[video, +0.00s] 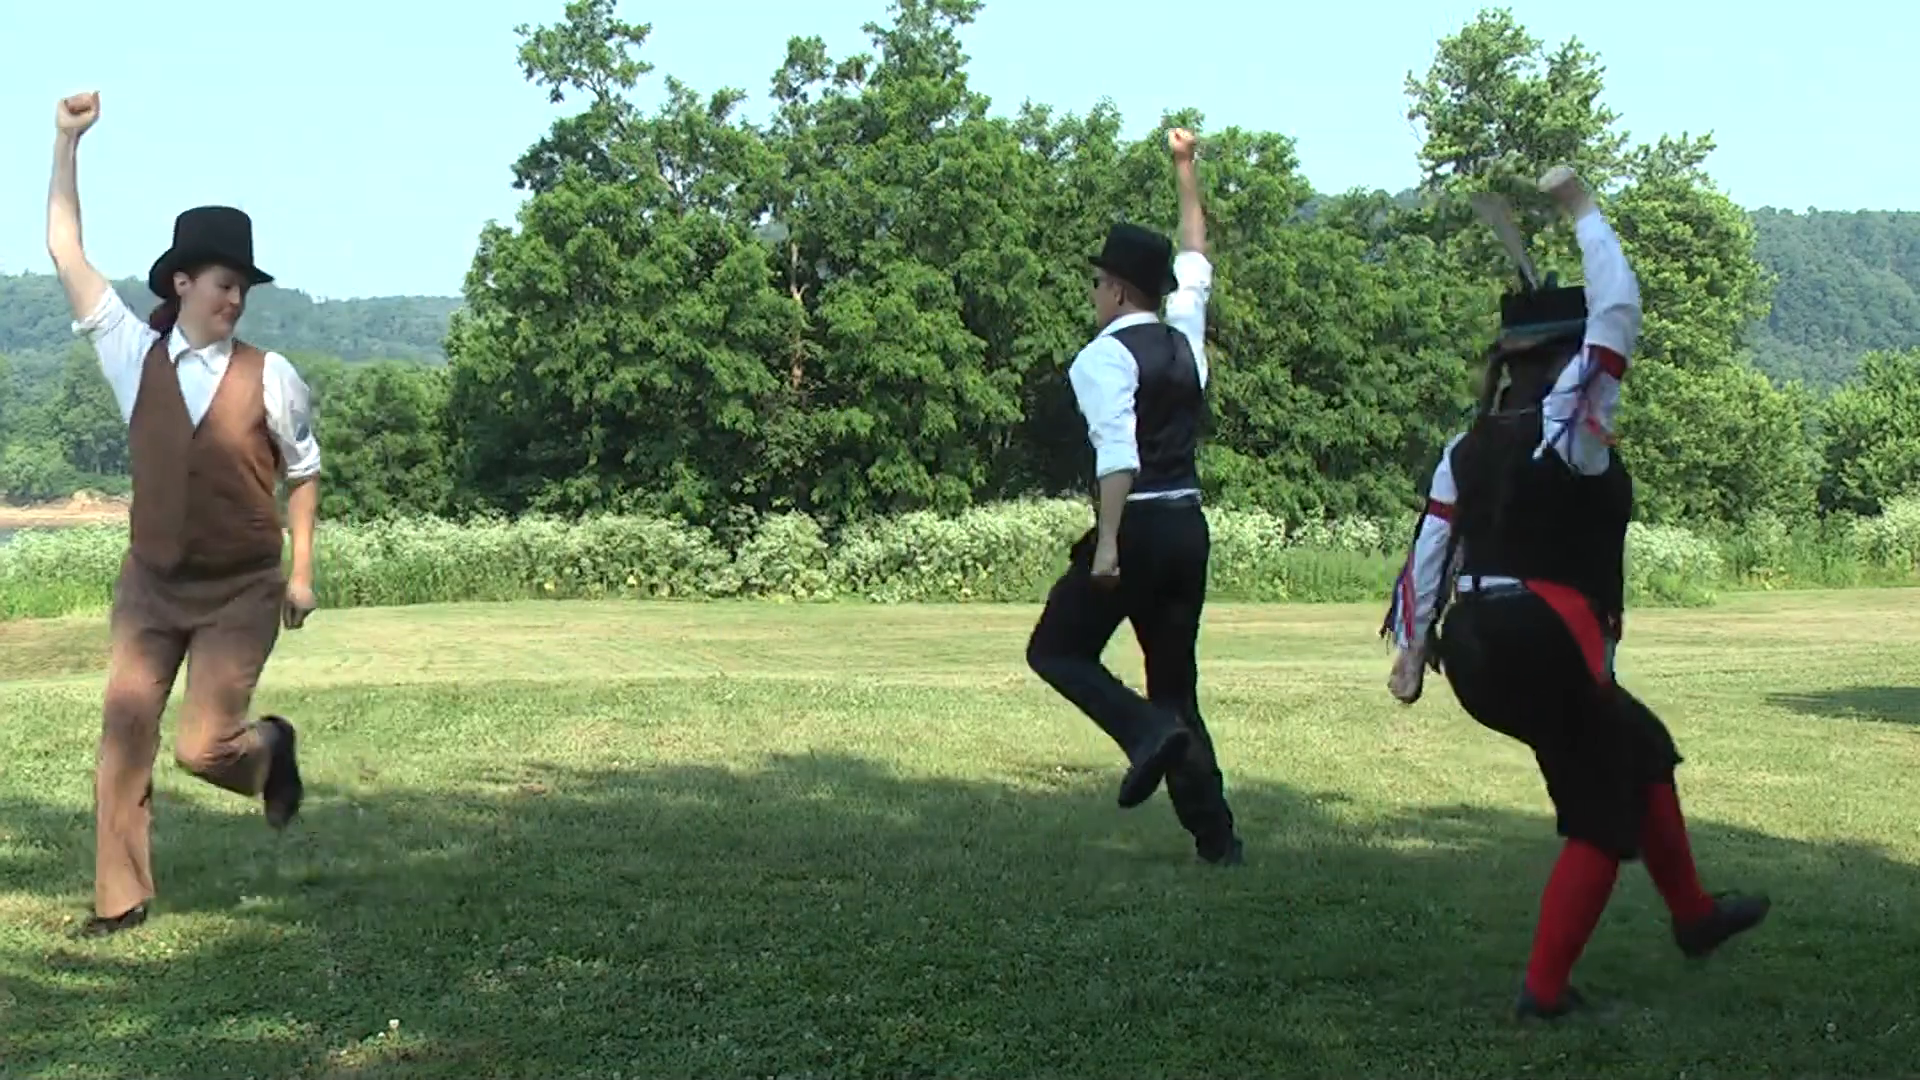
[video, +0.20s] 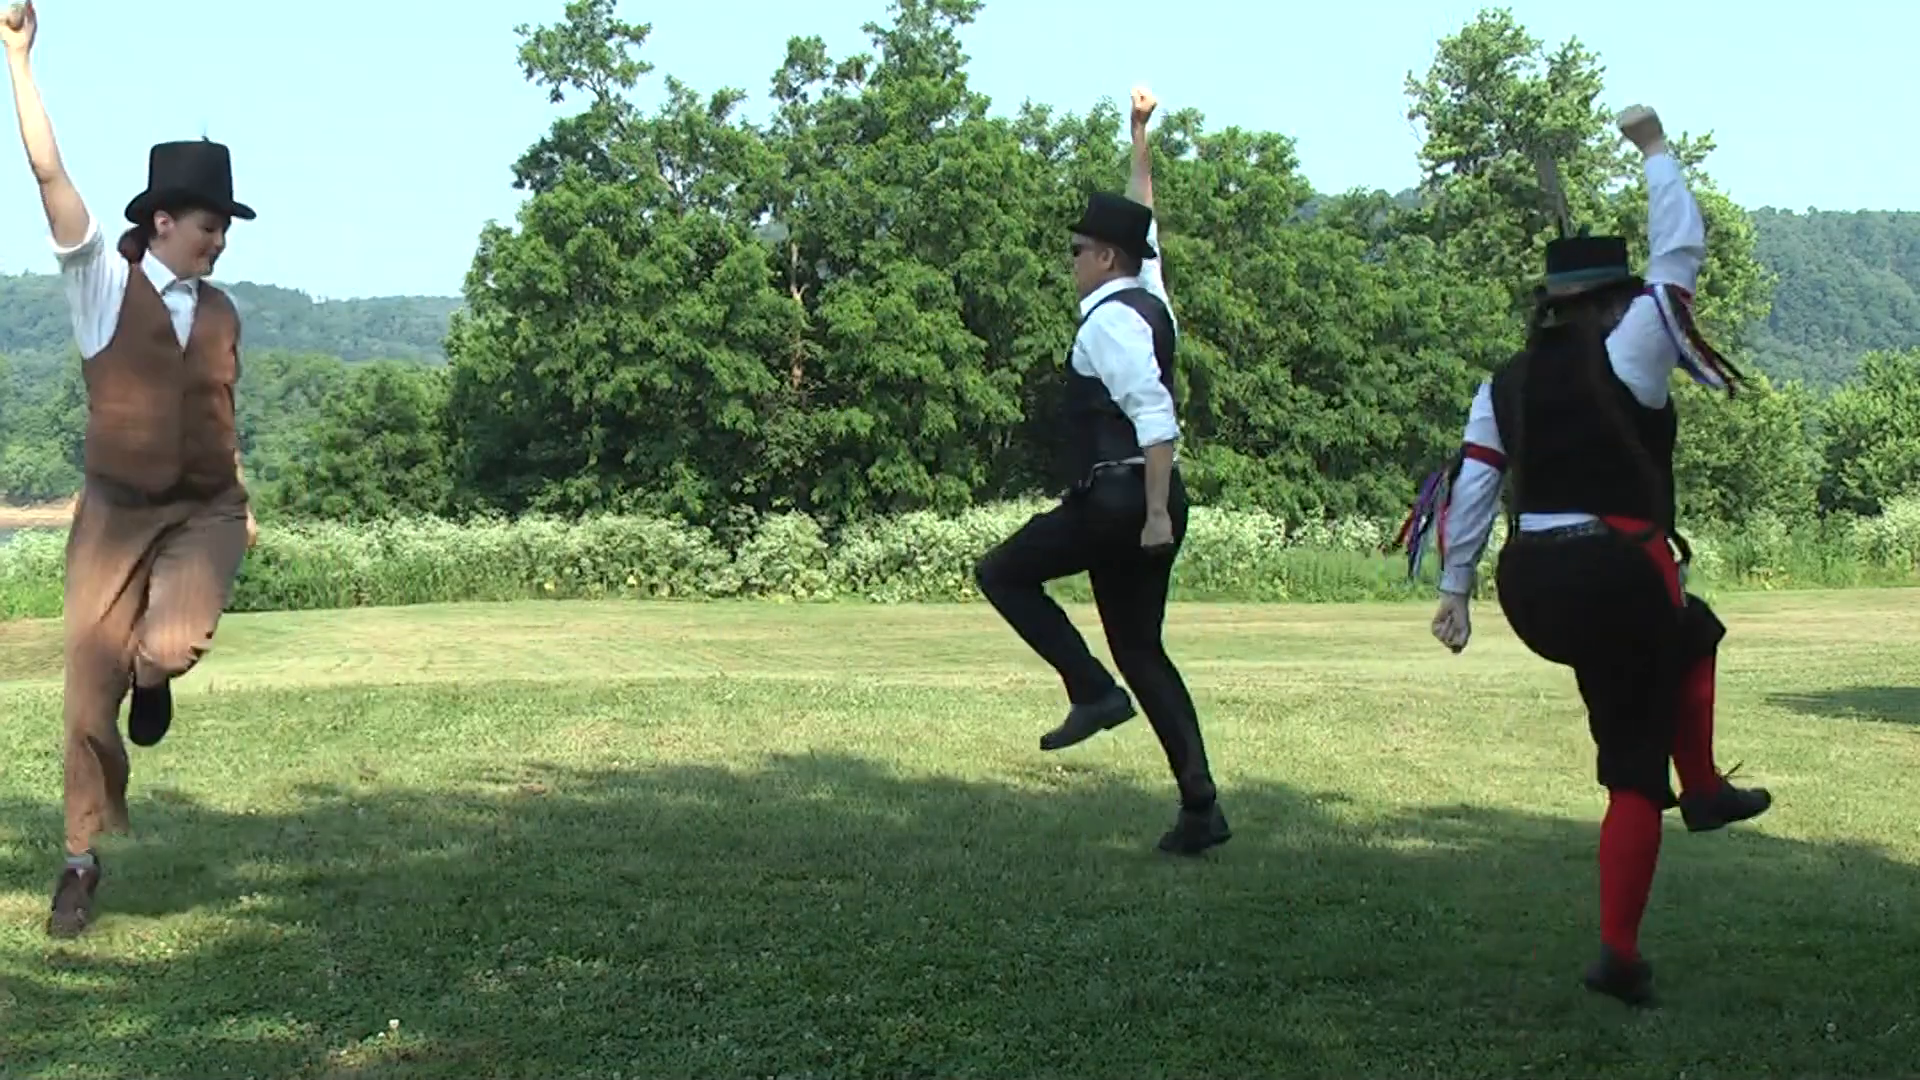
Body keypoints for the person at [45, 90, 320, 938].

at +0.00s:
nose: (237, 300)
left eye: (243, 288)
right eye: (225, 284)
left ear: (244, 294)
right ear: (178, 284)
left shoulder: (271, 377)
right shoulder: (133, 350)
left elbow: (303, 474)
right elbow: (68, 253)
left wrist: (300, 567)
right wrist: (66, 142)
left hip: (243, 588)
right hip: (150, 582)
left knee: (204, 748)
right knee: (125, 721)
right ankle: (121, 896)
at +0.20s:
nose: (220, 237)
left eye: (225, 225)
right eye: (208, 223)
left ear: (216, 231)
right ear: (161, 219)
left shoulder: (222, 309)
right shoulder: (104, 279)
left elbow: (223, 419)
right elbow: (49, 170)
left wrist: (239, 501)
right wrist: (18, 54)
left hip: (208, 509)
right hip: (114, 508)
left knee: (172, 650)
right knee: (91, 697)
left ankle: (146, 675)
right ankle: (81, 854)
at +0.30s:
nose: (207, 248)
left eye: (212, 236)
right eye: (197, 232)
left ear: (193, 244)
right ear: (148, 230)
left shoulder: (203, 329)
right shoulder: (82, 296)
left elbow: (191, 433)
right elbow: (25, 200)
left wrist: (215, 510)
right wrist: (53, 89)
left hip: (182, 531)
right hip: (93, 530)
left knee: (171, 660)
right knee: (69, 722)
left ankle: (116, 692)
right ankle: (34, 894)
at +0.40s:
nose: (198, 290)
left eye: (202, 276)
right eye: (187, 272)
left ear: (179, 280)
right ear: (136, 271)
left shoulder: (188, 377)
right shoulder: (76, 349)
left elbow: (178, 485)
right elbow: (7, 301)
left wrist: (233, 538)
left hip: (165, 578)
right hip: (73, 577)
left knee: (164, 707)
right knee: (54, 760)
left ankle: (87, 747)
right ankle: (11, 921)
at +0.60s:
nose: (225, 299)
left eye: (229, 286)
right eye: (217, 281)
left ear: (181, 281)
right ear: (168, 273)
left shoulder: (202, 368)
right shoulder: (113, 370)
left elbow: (291, 402)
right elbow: (90, 497)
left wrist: (335, 330)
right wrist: (192, 564)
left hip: (172, 586)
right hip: (92, 589)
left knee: (226, 700)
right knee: (65, 766)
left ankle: (151, 857)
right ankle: (17, 927)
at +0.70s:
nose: (264, 278)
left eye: (266, 266)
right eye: (254, 263)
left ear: (233, 271)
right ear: (202, 265)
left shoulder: (250, 342)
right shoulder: (160, 362)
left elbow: (322, 295)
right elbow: (144, 491)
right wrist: (205, 591)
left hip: (216, 578)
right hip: (136, 577)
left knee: (272, 701)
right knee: (85, 752)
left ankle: (210, 881)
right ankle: (11, 902)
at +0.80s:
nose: (307, 280)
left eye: (307, 266)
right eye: (291, 265)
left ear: (285, 273)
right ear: (245, 273)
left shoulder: (287, 336)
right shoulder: (213, 358)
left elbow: (338, 260)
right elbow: (186, 486)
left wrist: (370, 159)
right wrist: (245, 582)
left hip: (270, 589)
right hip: (192, 579)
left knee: (287, 761)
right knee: (120, 752)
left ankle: (251, 943)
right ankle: (10, 883)